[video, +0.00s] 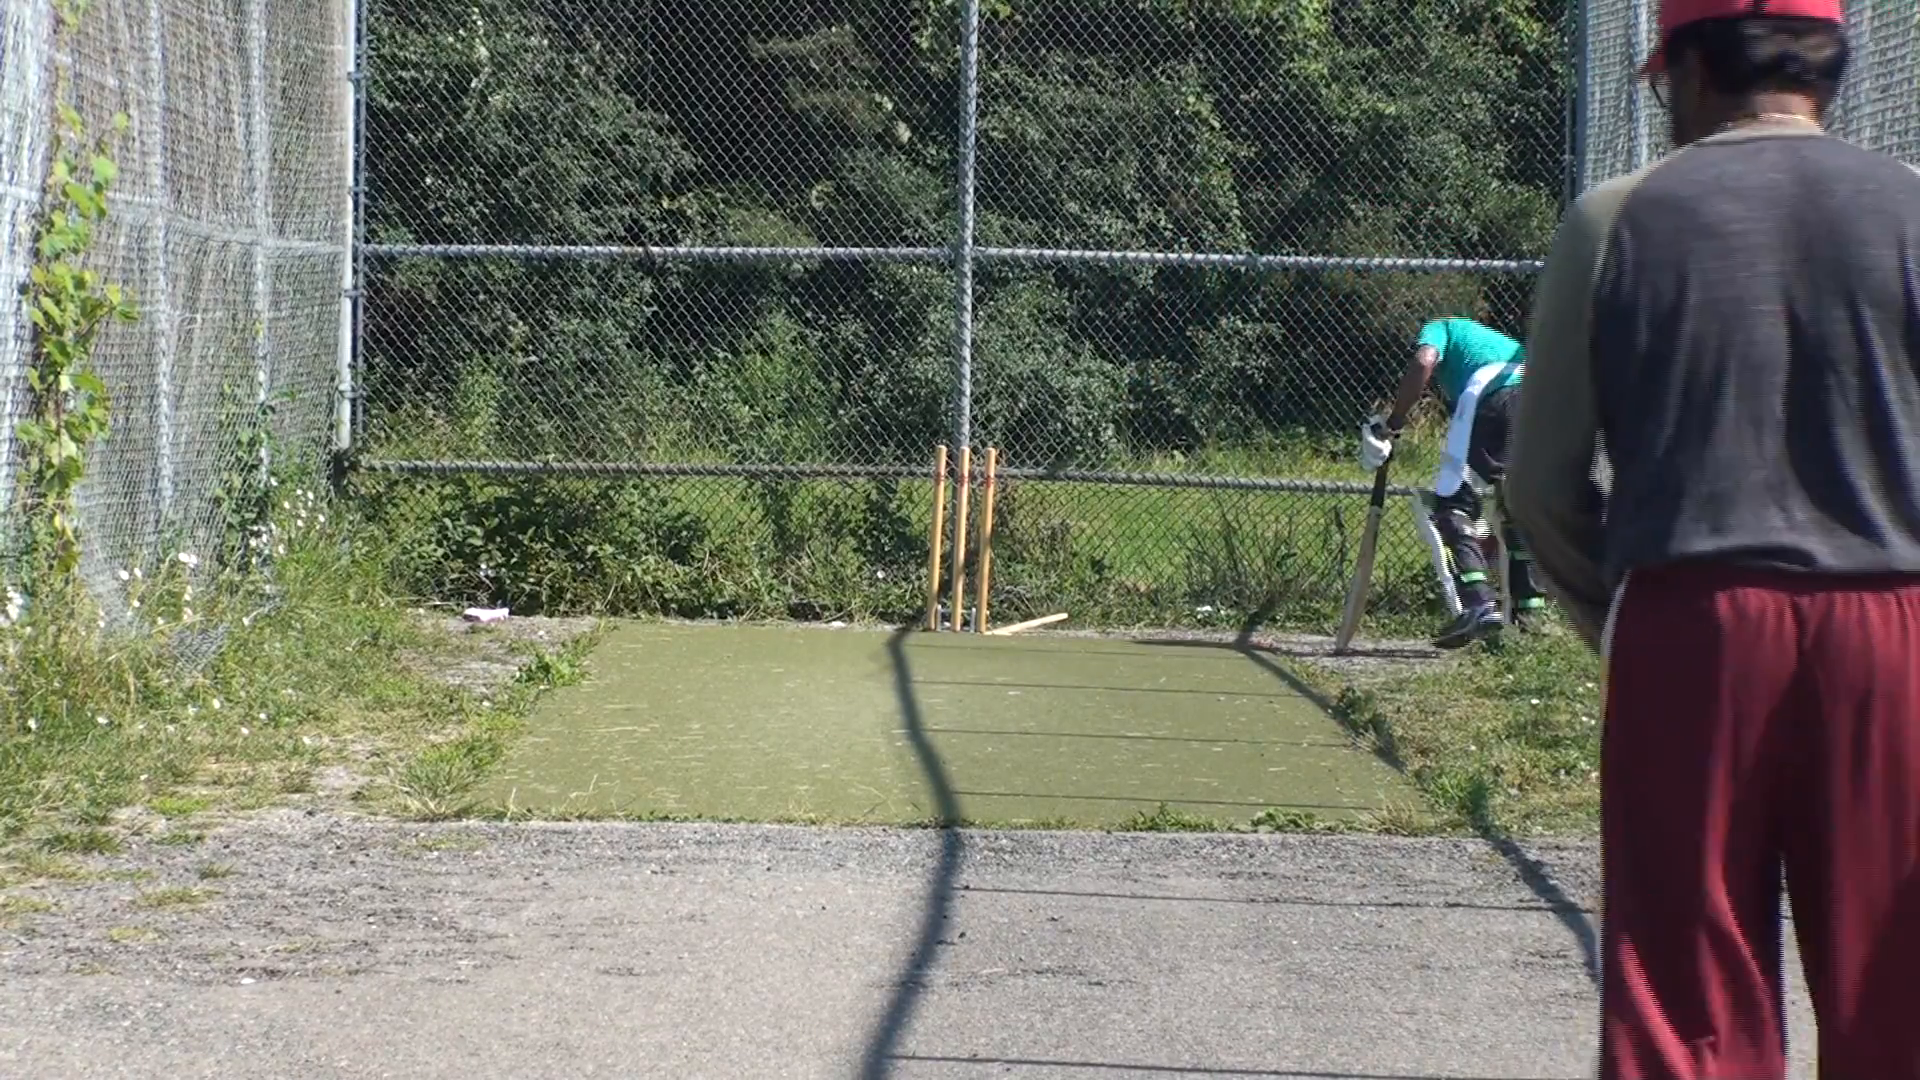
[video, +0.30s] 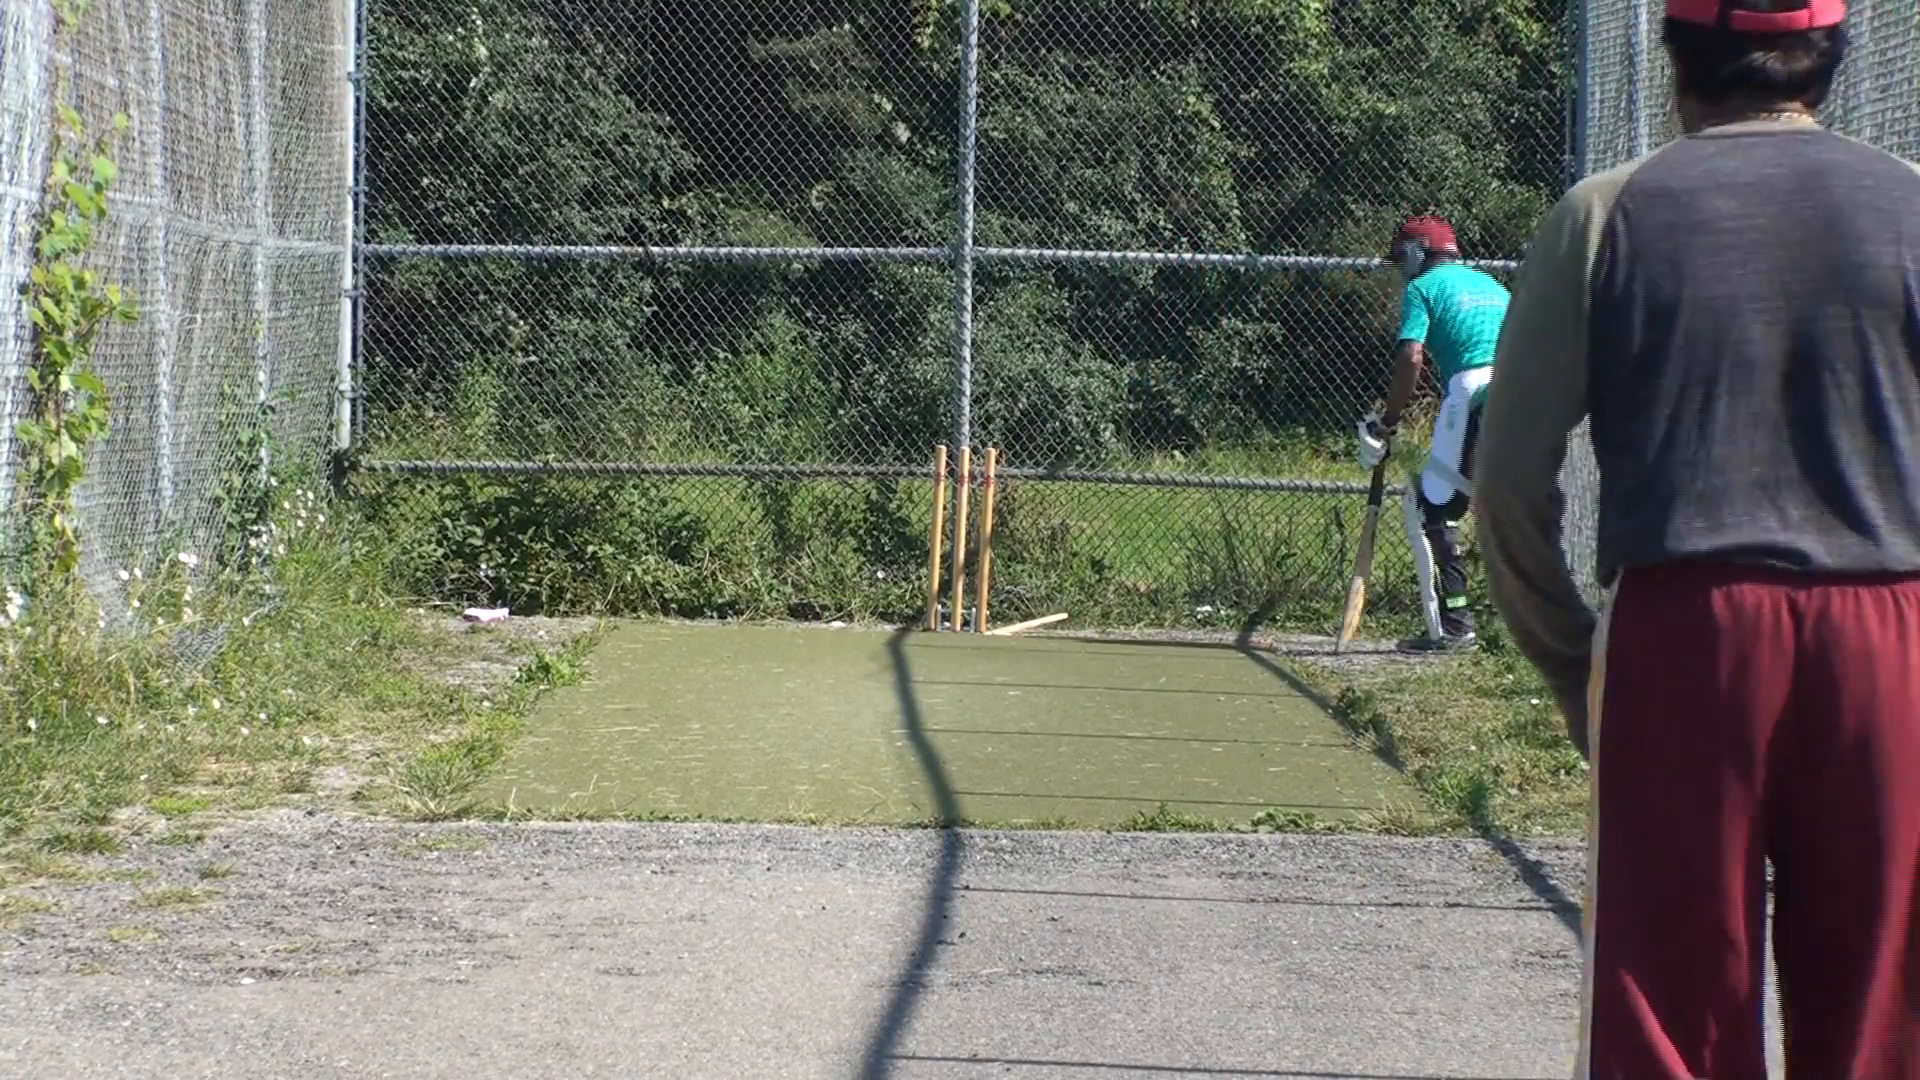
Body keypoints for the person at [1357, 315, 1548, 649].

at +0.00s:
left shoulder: (1439, 328)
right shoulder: (1499, 343)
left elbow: (1424, 362)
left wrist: (1392, 424)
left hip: (1497, 396)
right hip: (1540, 393)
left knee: (1454, 503)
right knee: (1517, 501)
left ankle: (1479, 604)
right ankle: (1528, 606)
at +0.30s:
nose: (1402, 271)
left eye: (1403, 261)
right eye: (1399, 262)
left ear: (1421, 253)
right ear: (1450, 251)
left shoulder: (1423, 287)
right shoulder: (1491, 283)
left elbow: (1411, 360)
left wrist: (1385, 424)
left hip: (1473, 392)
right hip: (1524, 387)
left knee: (1433, 507)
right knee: (1510, 500)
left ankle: (1455, 622)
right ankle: (1539, 611)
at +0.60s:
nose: (1397, 231)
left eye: (1404, 221)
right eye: (1396, 222)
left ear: (1428, 222)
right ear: (1441, 223)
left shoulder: (1422, 273)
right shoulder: (1476, 262)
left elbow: (1411, 354)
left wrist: (1383, 416)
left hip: (1452, 407)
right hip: (1496, 402)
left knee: (1426, 509)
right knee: (1461, 499)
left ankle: (1453, 620)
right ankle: (1505, 606)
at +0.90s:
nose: (1398, 223)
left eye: (1410, 215)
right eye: (1395, 214)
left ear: (1436, 221)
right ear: (1393, 216)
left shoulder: (1434, 269)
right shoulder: (1418, 266)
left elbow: (1440, 346)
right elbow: (1429, 342)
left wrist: (1407, 408)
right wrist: (1405, 398)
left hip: (1442, 400)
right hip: (1430, 396)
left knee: (1430, 507)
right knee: (1413, 502)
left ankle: (1452, 616)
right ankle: (1417, 606)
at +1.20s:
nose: (1387, 223)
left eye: (1399, 215)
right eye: (1380, 214)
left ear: (1419, 221)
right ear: (1372, 217)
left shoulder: (1425, 273)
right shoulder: (1369, 270)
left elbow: (1448, 346)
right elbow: (1367, 344)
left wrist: (1425, 411)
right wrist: (1352, 404)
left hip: (1403, 399)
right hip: (1367, 399)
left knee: (1391, 525)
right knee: (1341, 521)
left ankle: (1440, 628)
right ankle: (1355, 629)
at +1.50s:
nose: (1372, 220)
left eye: (1383, 214)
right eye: (1364, 211)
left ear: (1399, 222)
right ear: (1350, 215)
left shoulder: (1406, 273)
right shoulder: (1332, 269)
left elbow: (1423, 345)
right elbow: (1314, 334)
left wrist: (1410, 410)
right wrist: (1297, 393)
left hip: (1380, 397)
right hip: (1334, 397)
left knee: (1358, 513)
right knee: (1323, 520)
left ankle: (1392, 614)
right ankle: (1351, 627)